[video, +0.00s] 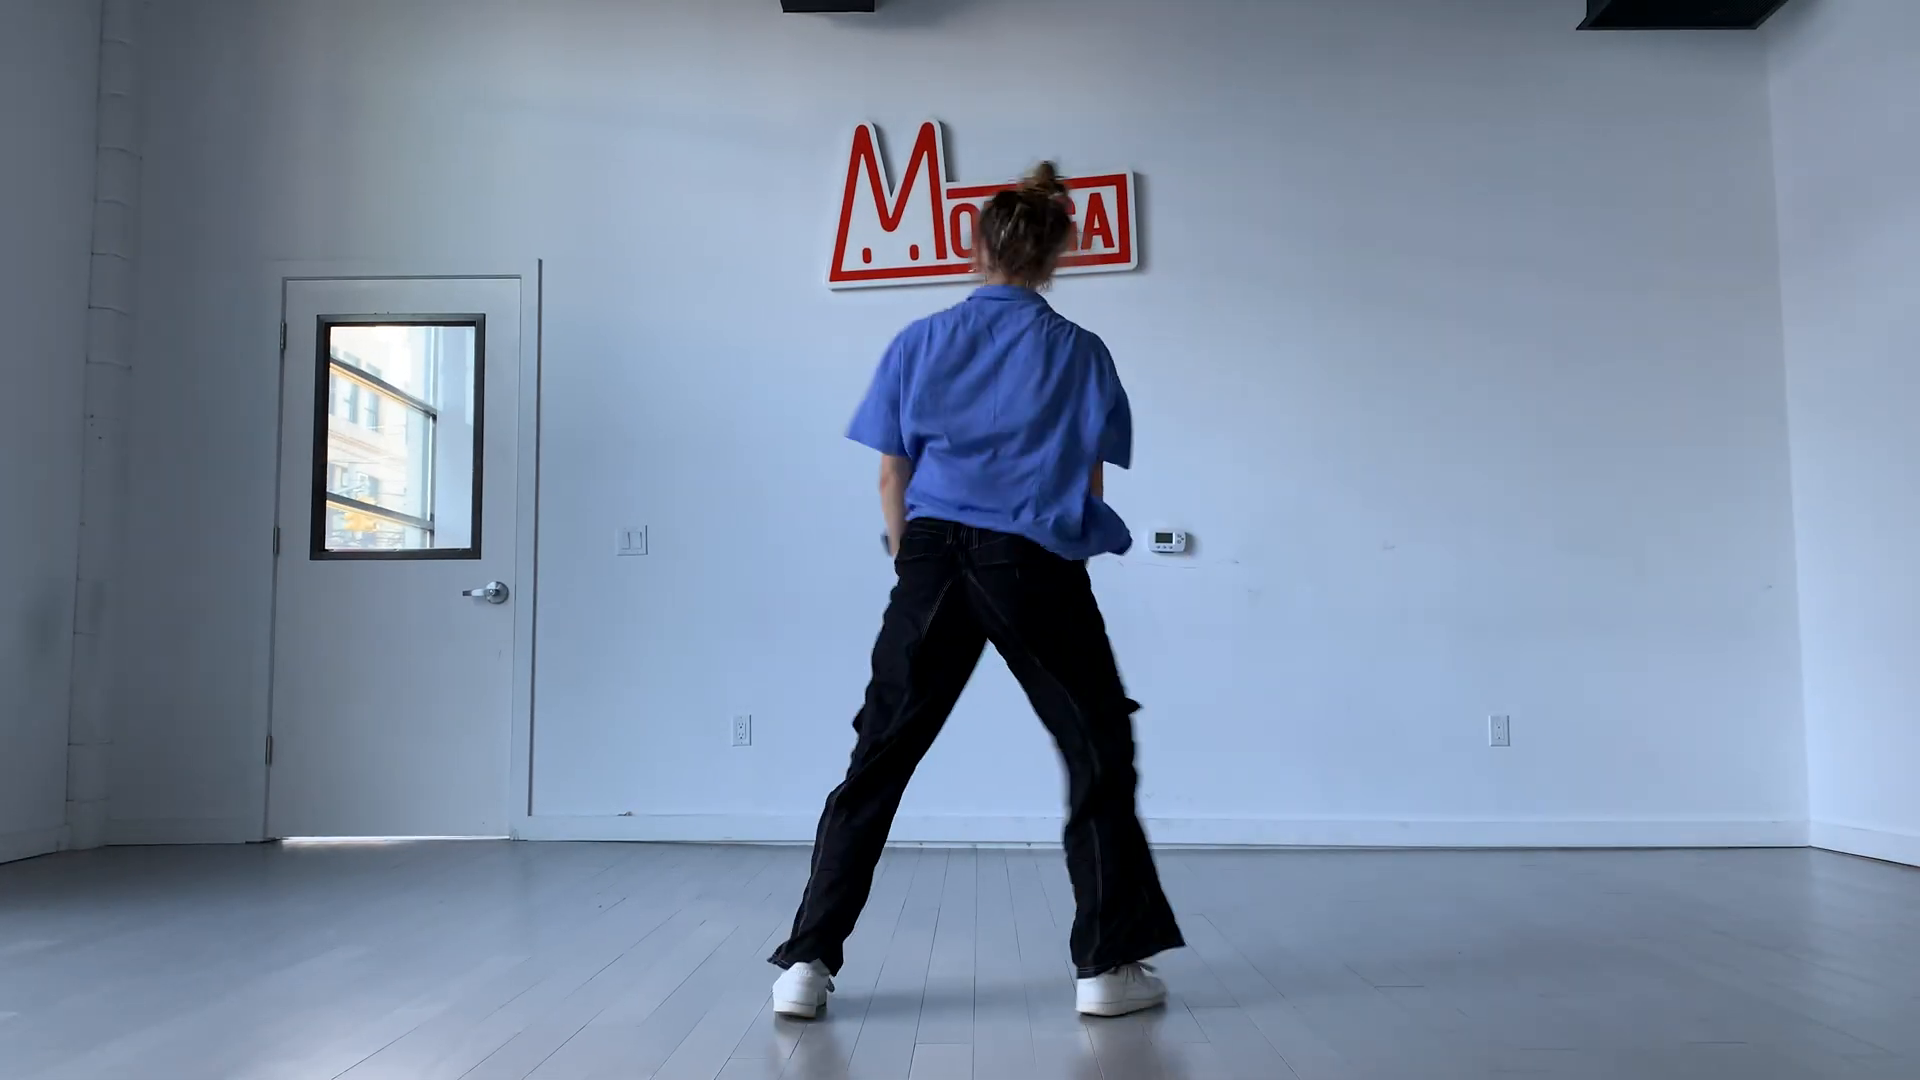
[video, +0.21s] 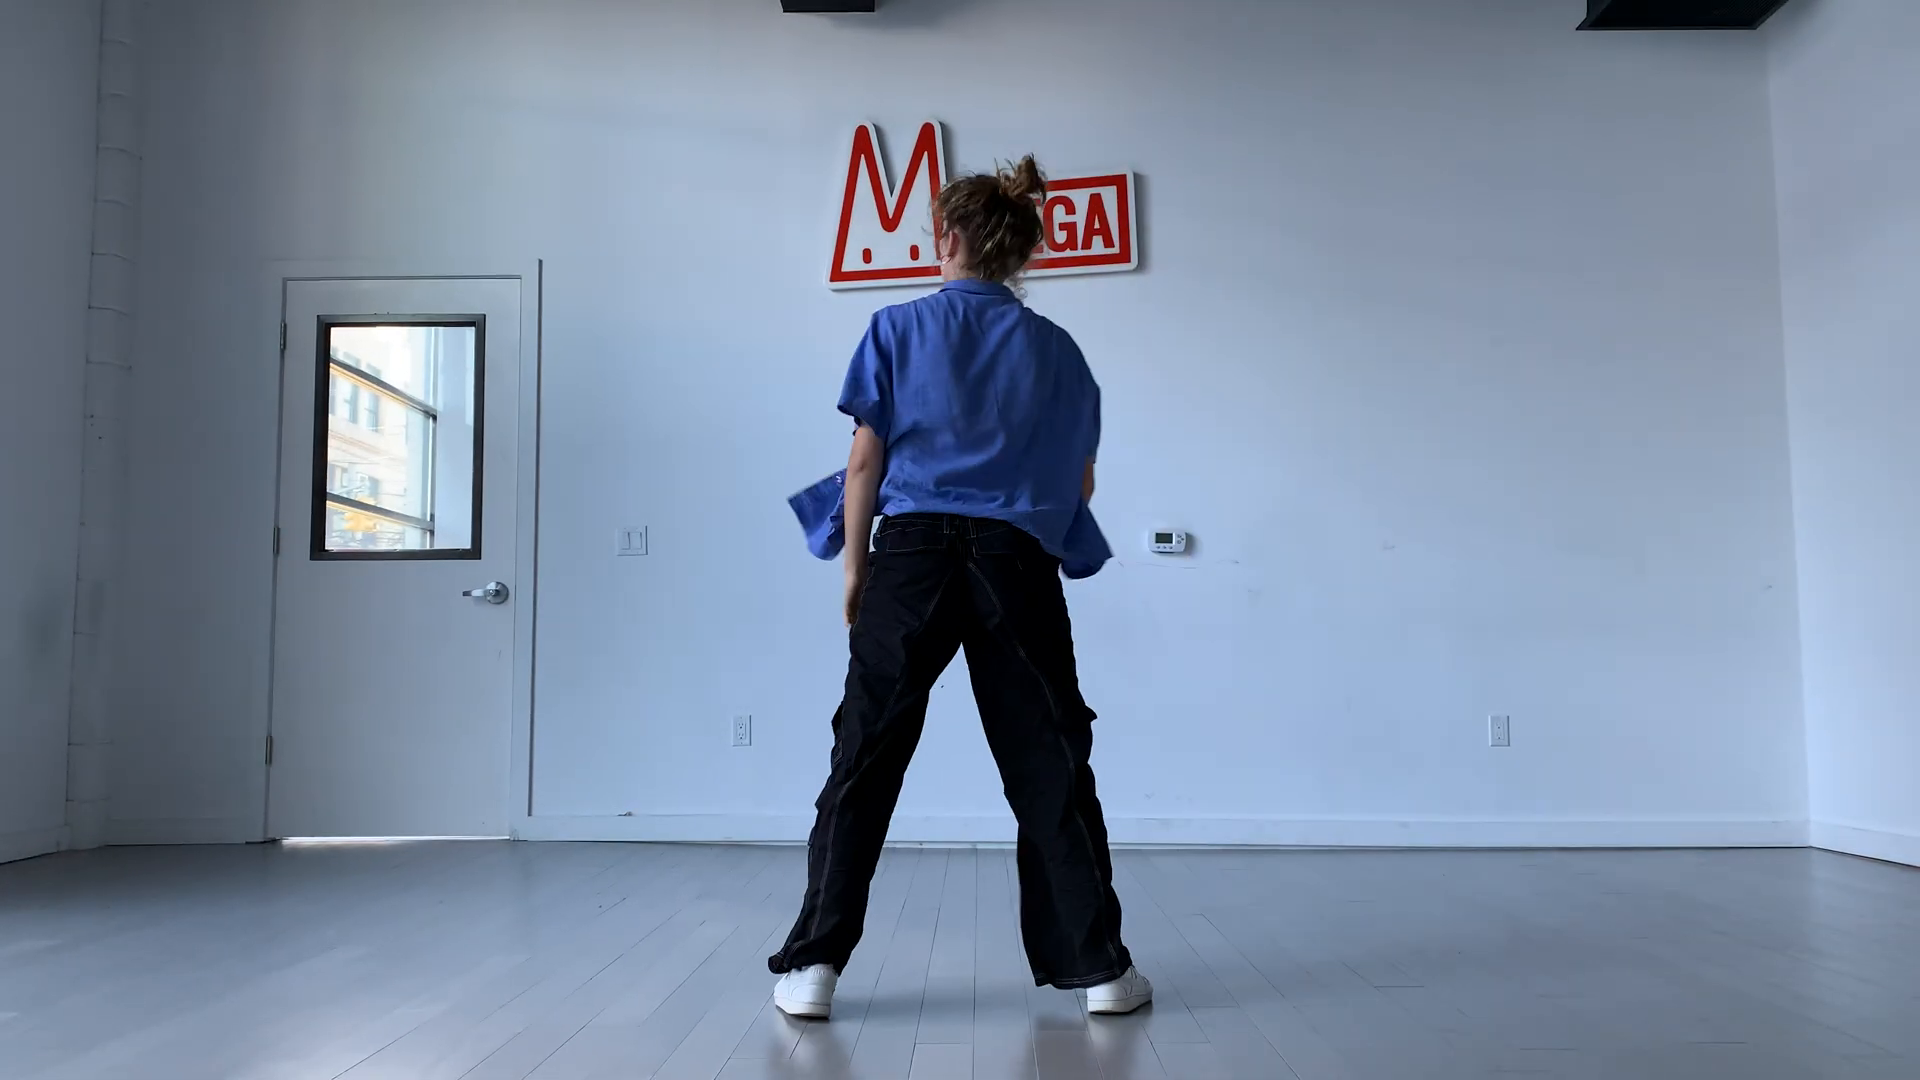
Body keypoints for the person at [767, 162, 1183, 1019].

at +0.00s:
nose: (1063, 257)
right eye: (1065, 248)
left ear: (978, 250)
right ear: (1056, 258)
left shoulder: (922, 340)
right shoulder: (1080, 354)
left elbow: (893, 475)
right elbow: (1089, 482)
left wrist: (911, 562)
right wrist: (1063, 542)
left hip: (933, 568)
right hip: (1036, 573)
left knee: (877, 755)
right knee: (1099, 749)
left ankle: (808, 959)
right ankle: (1108, 965)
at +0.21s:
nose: (935, 247)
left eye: (938, 235)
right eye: (940, 235)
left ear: (952, 242)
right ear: (1023, 253)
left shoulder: (900, 325)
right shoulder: (1062, 353)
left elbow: (866, 458)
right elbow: (1078, 483)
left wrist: (855, 568)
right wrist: (1031, 544)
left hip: (910, 563)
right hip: (1020, 572)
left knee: (865, 757)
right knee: (1054, 762)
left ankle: (812, 964)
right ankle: (1098, 966)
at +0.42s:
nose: (984, 260)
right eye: (981, 248)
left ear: (897, 255)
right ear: (971, 258)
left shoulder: (854, 343)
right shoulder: (1011, 339)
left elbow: (839, 473)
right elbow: (1034, 461)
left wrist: (848, 589)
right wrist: (1025, 557)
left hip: (903, 570)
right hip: (1009, 567)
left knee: (864, 761)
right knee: (1052, 755)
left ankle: (819, 961)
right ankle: (1104, 965)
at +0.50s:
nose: (824, 332)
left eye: (819, 323)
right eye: (823, 324)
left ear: (829, 309)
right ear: (889, 280)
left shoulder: (827, 359)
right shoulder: (980, 325)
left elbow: (801, 487)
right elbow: (1027, 438)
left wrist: (840, 588)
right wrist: (1021, 540)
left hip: (898, 584)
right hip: (1006, 572)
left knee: (866, 769)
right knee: (1050, 763)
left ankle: (827, 960)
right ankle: (1104, 965)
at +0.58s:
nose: (766, 389)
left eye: (761, 379)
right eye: (757, 385)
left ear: (769, 357)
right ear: (806, 310)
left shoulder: (798, 383)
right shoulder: (931, 315)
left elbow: (768, 502)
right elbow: (1023, 406)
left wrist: (823, 582)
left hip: (900, 583)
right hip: (1004, 567)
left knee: (857, 766)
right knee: (1035, 752)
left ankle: (860, 959)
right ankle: (1109, 944)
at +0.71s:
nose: (731, 394)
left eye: (740, 382)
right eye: (724, 379)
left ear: (787, 367)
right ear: (794, 350)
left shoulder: (787, 424)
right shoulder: (859, 332)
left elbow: (810, 536)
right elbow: (943, 358)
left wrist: (787, 591)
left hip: (901, 593)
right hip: (979, 579)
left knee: (831, 769)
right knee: (945, 766)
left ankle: (871, 954)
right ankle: (1076, 883)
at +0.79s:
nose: (752, 385)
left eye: (771, 374)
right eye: (744, 368)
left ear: (815, 373)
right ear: (735, 359)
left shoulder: (818, 449)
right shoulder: (824, 387)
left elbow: (868, 576)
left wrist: (785, 626)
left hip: (918, 613)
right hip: (955, 598)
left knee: (817, 769)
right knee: (879, 775)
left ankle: (875, 955)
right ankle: (1017, 883)